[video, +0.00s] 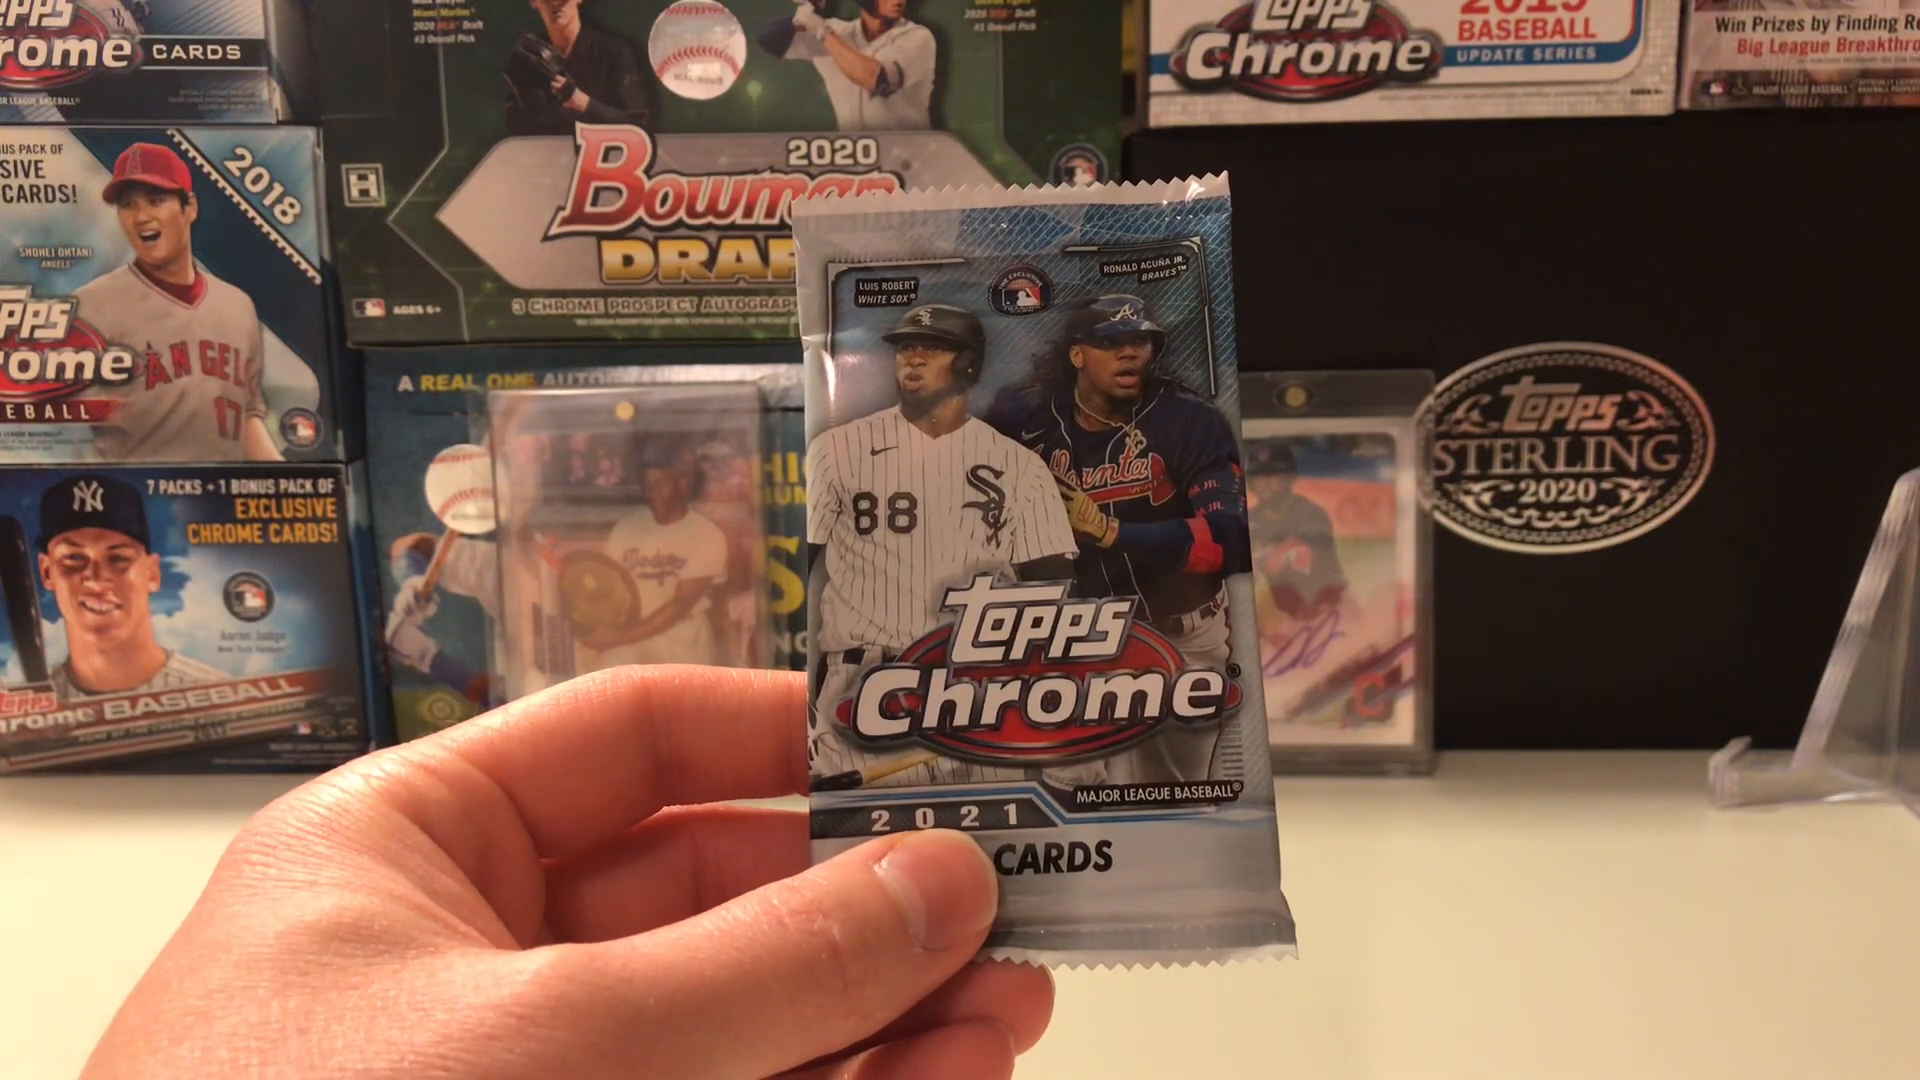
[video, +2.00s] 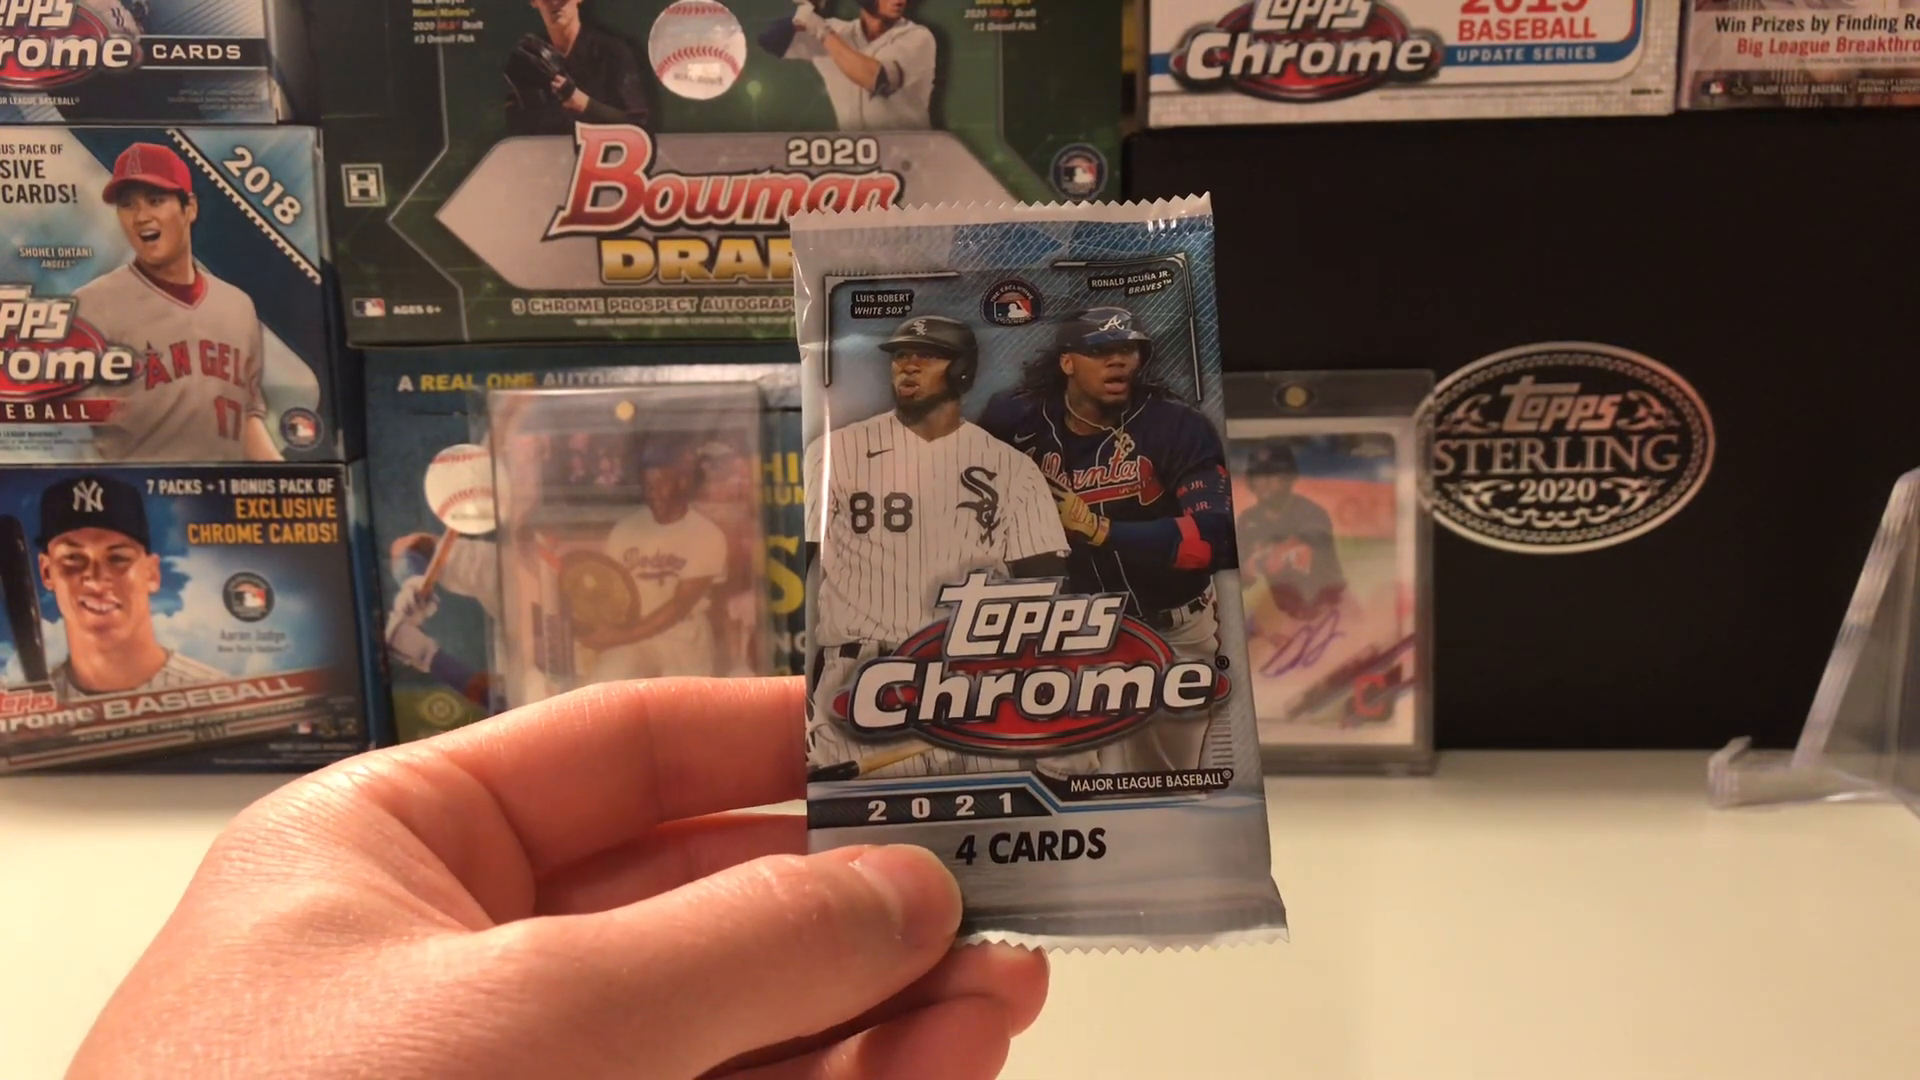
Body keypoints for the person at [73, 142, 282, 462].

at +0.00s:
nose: (143, 216)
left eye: (156, 199)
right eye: (128, 204)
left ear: (190, 209)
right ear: (118, 217)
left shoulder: (239, 307)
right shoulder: (92, 307)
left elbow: (247, 414)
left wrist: (283, 482)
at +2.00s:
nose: (143, 216)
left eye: (156, 200)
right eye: (128, 204)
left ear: (190, 209)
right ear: (119, 217)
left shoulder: (239, 307)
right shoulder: (91, 307)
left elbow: (248, 414)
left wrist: (283, 484)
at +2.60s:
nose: (142, 216)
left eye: (156, 199)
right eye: (128, 203)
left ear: (189, 209)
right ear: (118, 217)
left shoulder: (239, 307)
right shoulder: (91, 307)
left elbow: (247, 414)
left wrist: (283, 483)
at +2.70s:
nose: (142, 216)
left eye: (156, 199)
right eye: (128, 203)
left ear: (189, 209)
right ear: (118, 216)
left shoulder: (239, 306)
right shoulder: (90, 307)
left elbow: (247, 414)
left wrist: (284, 483)